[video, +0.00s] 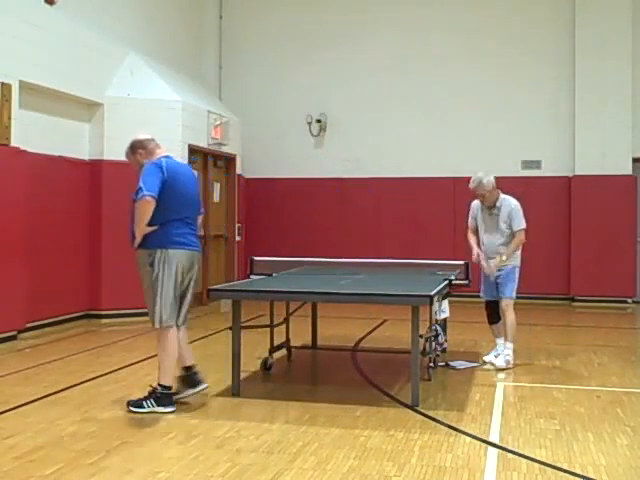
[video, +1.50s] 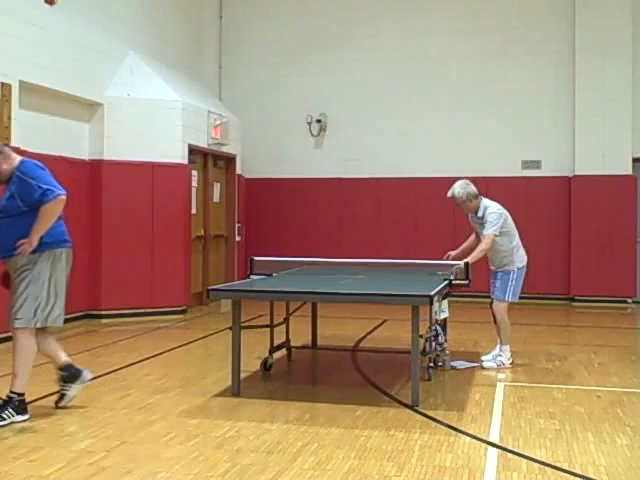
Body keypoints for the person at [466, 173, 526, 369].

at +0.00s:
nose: (480, 200)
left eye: (483, 195)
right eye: (478, 196)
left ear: (494, 190)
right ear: (477, 193)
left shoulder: (511, 205)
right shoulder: (476, 206)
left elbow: (520, 236)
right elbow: (471, 231)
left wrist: (504, 257)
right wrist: (475, 249)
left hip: (508, 263)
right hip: (487, 263)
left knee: (506, 305)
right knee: (490, 306)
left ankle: (508, 350)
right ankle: (499, 346)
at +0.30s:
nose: (470, 239)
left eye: (472, 235)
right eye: (468, 236)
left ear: (483, 229)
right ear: (466, 233)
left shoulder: (505, 232)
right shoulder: (469, 242)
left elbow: (522, 257)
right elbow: (467, 271)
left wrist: (509, 286)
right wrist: (464, 296)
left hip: (517, 271)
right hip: (495, 273)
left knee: (504, 307)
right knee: (488, 310)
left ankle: (506, 352)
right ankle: (499, 347)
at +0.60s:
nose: (472, 273)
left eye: (472, 269)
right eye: (468, 271)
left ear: (481, 261)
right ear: (466, 268)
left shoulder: (501, 252)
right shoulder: (470, 272)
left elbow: (529, 268)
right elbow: (464, 303)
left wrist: (513, 291)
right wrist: (453, 333)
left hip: (520, 278)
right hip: (497, 284)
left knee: (506, 308)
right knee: (488, 315)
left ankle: (506, 354)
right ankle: (499, 349)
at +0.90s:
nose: (469, 256)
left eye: (471, 251)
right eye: (467, 252)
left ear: (479, 242)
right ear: (463, 250)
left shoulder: (499, 240)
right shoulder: (466, 254)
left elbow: (523, 263)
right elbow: (466, 286)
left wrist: (510, 289)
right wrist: (460, 316)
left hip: (519, 272)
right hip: (496, 277)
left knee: (505, 306)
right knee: (488, 311)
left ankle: (506, 353)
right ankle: (499, 349)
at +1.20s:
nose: (463, 221)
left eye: (465, 216)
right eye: (461, 217)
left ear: (476, 210)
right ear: (461, 215)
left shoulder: (497, 220)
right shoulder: (466, 227)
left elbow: (509, 252)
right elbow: (473, 251)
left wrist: (486, 272)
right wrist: (472, 273)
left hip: (514, 264)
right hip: (494, 267)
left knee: (503, 306)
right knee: (491, 307)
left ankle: (505, 351)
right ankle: (499, 347)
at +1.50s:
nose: (460, 207)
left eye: (461, 203)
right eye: (459, 204)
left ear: (470, 200)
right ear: (470, 200)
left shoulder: (494, 212)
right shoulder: (473, 214)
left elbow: (487, 244)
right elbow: (478, 236)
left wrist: (465, 262)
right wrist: (458, 252)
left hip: (512, 264)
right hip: (498, 264)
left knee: (500, 307)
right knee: (496, 307)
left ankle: (505, 352)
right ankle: (501, 348)